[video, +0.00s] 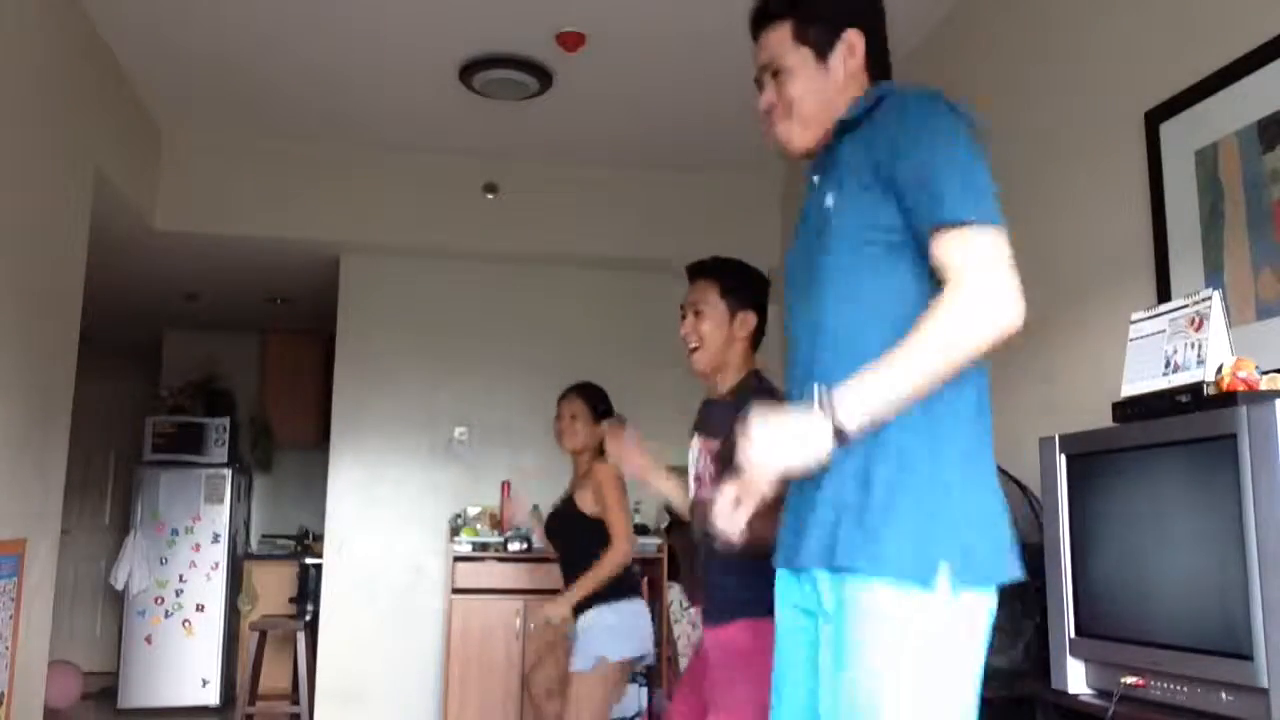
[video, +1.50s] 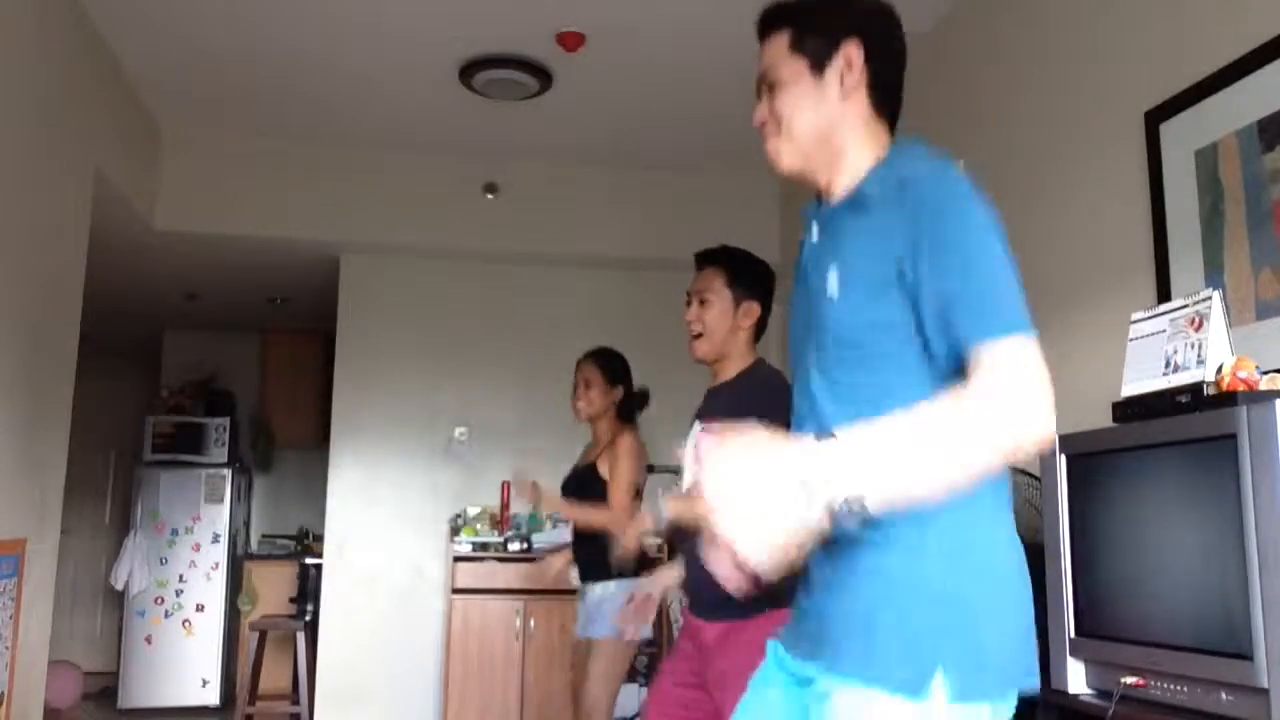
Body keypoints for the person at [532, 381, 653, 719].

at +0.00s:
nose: (564, 427)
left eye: (575, 418)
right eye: (560, 418)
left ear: (601, 427)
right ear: (555, 424)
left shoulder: (604, 473)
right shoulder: (580, 479)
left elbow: (622, 549)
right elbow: (590, 547)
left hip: (612, 614)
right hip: (594, 613)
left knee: (583, 712)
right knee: (540, 687)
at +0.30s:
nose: (565, 398)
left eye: (575, 388)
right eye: (560, 389)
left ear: (603, 392)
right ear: (555, 395)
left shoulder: (614, 431)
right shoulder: (579, 452)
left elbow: (595, 485)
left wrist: (532, 477)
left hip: (623, 587)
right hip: (581, 583)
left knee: (601, 699)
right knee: (562, 684)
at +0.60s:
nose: (571, 410)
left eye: (580, 400)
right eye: (568, 401)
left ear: (609, 405)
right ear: (564, 405)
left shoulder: (620, 456)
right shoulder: (590, 456)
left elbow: (620, 538)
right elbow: (585, 524)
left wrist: (558, 534)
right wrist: (540, 528)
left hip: (614, 596)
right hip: (587, 593)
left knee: (584, 712)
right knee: (561, 707)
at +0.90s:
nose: (576, 416)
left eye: (587, 407)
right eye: (573, 406)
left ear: (615, 417)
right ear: (568, 412)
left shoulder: (613, 464)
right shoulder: (592, 466)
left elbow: (631, 541)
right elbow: (581, 533)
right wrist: (542, 506)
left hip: (622, 604)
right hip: (604, 602)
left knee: (585, 711)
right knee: (555, 690)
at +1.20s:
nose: (579, 395)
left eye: (589, 385)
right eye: (576, 386)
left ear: (617, 391)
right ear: (572, 392)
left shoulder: (617, 435)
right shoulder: (596, 441)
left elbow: (618, 505)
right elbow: (599, 503)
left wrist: (550, 508)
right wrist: (556, 499)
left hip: (623, 583)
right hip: (595, 581)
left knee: (604, 704)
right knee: (569, 676)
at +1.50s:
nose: (578, 395)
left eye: (589, 386)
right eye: (577, 386)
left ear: (617, 393)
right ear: (576, 390)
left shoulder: (625, 443)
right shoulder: (596, 443)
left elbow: (620, 516)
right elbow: (596, 525)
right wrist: (557, 562)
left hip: (620, 589)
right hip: (593, 587)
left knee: (594, 703)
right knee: (580, 698)